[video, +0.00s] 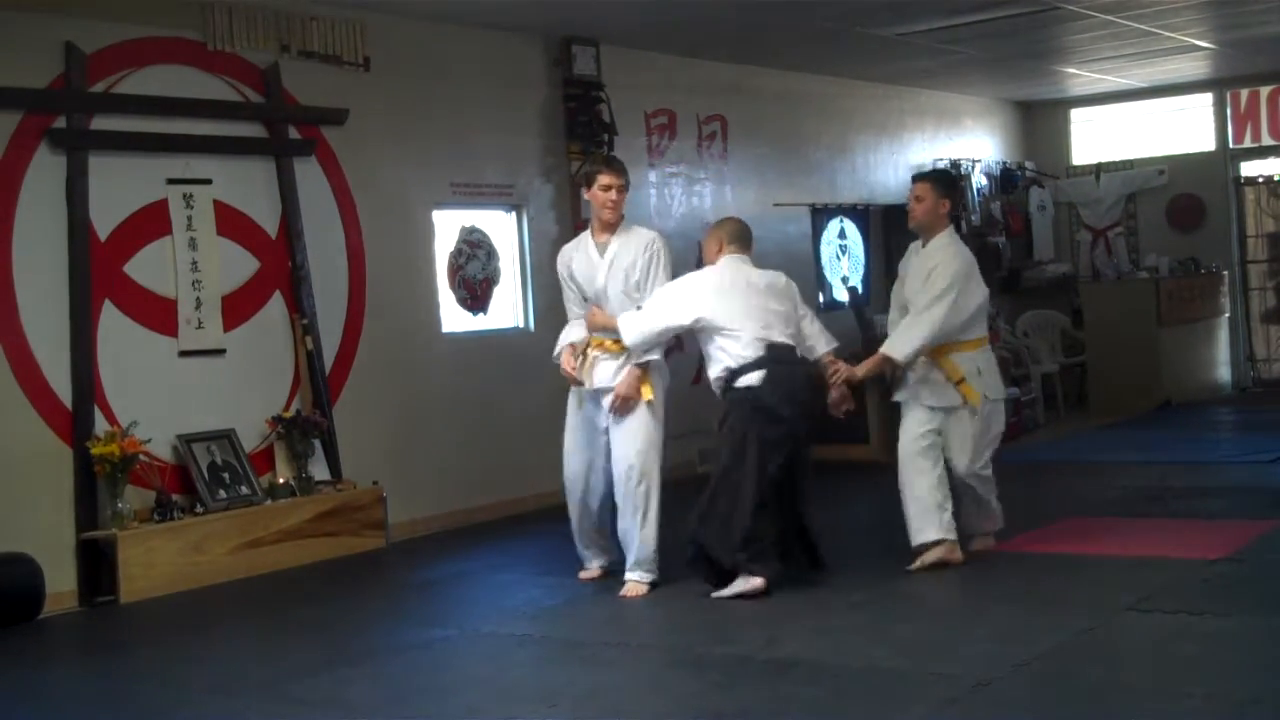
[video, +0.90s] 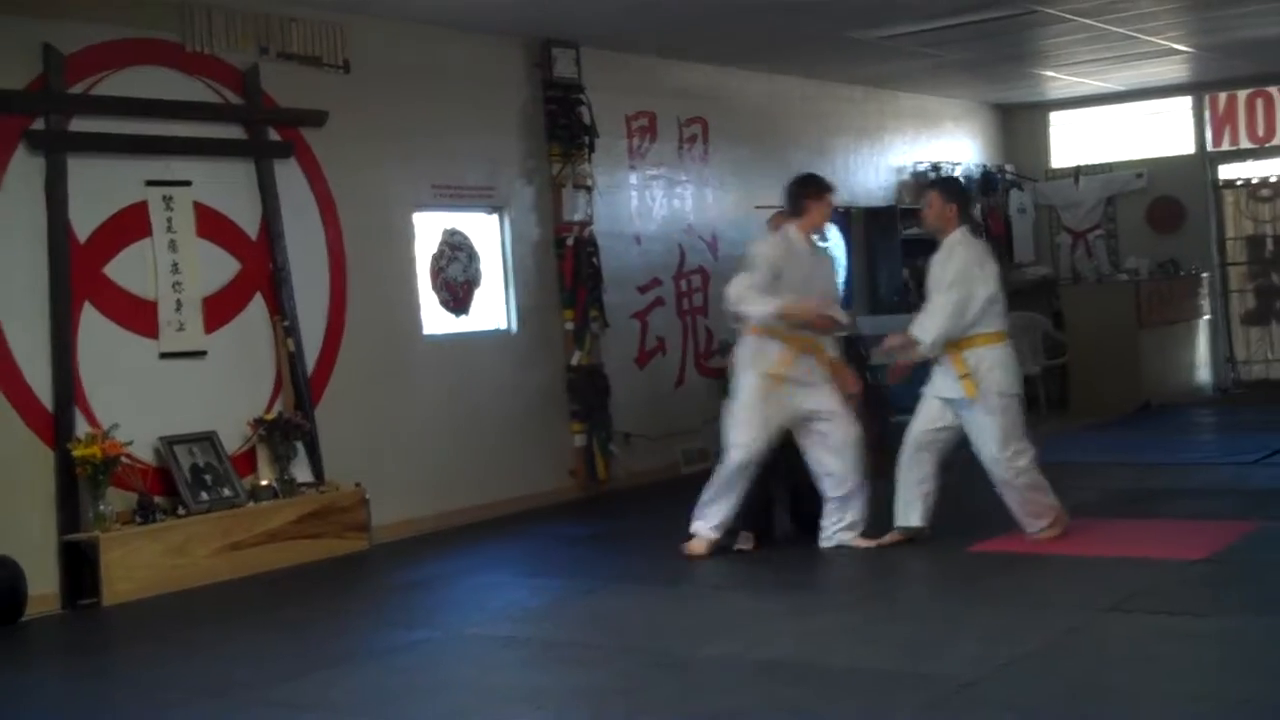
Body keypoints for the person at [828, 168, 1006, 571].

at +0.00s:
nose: (909, 207)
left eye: (918, 200)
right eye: (910, 200)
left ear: (944, 207)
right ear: (919, 206)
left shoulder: (956, 259)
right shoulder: (915, 254)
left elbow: (933, 320)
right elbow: (898, 312)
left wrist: (874, 362)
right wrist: (897, 352)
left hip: (967, 372)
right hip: (923, 370)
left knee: (966, 462)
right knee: (915, 452)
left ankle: (982, 530)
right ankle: (938, 541)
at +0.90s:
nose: (922, 214)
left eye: (928, 206)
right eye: (923, 207)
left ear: (951, 210)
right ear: (947, 211)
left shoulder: (967, 251)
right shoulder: (947, 253)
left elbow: (952, 311)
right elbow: (937, 307)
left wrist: (915, 350)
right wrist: (908, 335)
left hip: (984, 361)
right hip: (951, 362)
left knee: (1002, 452)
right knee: (919, 442)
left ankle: (1048, 518)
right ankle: (909, 524)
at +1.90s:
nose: (1035, 203)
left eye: (1042, 196)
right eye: (1034, 197)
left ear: (1064, 201)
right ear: (1050, 202)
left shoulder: (1087, 247)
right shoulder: (1035, 248)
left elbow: (1087, 310)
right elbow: (1025, 305)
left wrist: (1065, 360)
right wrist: (1015, 356)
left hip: (1076, 344)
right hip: (1039, 343)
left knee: (1070, 421)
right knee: (1043, 428)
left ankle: (1077, 502)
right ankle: (1063, 496)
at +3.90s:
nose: (970, 188)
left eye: (979, 181)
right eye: (968, 182)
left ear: (1003, 185)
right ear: (966, 188)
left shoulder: (1030, 237)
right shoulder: (959, 240)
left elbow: (1039, 298)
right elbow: (939, 297)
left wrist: (1034, 357)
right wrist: (927, 357)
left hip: (1013, 347)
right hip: (968, 347)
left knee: (1016, 440)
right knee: (972, 440)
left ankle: (1047, 492)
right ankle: (987, 528)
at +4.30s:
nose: (932, 184)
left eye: (941, 176)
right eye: (929, 178)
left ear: (965, 180)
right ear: (928, 184)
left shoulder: (989, 236)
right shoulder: (916, 236)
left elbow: (1006, 303)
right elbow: (897, 297)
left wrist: (1012, 370)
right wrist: (887, 352)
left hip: (966, 352)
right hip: (919, 355)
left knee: (950, 450)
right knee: (933, 452)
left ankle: (936, 549)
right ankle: (981, 514)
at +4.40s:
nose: (924, 180)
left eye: (934, 173)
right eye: (922, 174)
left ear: (959, 178)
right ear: (920, 180)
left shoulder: (981, 234)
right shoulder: (908, 234)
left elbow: (996, 303)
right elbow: (889, 295)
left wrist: (1003, 371)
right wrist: (880, 355)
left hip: (957, 354)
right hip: (910, 356)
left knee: (944, 455)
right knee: (912, 452)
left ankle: (936, 552)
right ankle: (968, 506)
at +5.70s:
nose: (800, 204)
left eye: (810, 195)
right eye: (797, 195)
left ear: (839, 199)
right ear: (798, 198)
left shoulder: (855, 256)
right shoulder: (806, 253)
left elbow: (813, 312)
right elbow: (805, 322)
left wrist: (756, 327)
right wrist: (789, 379)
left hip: (856, 383)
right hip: (819, 382)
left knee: (817, 486)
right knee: (830, 483)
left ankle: (826, 606)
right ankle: (883, 568)